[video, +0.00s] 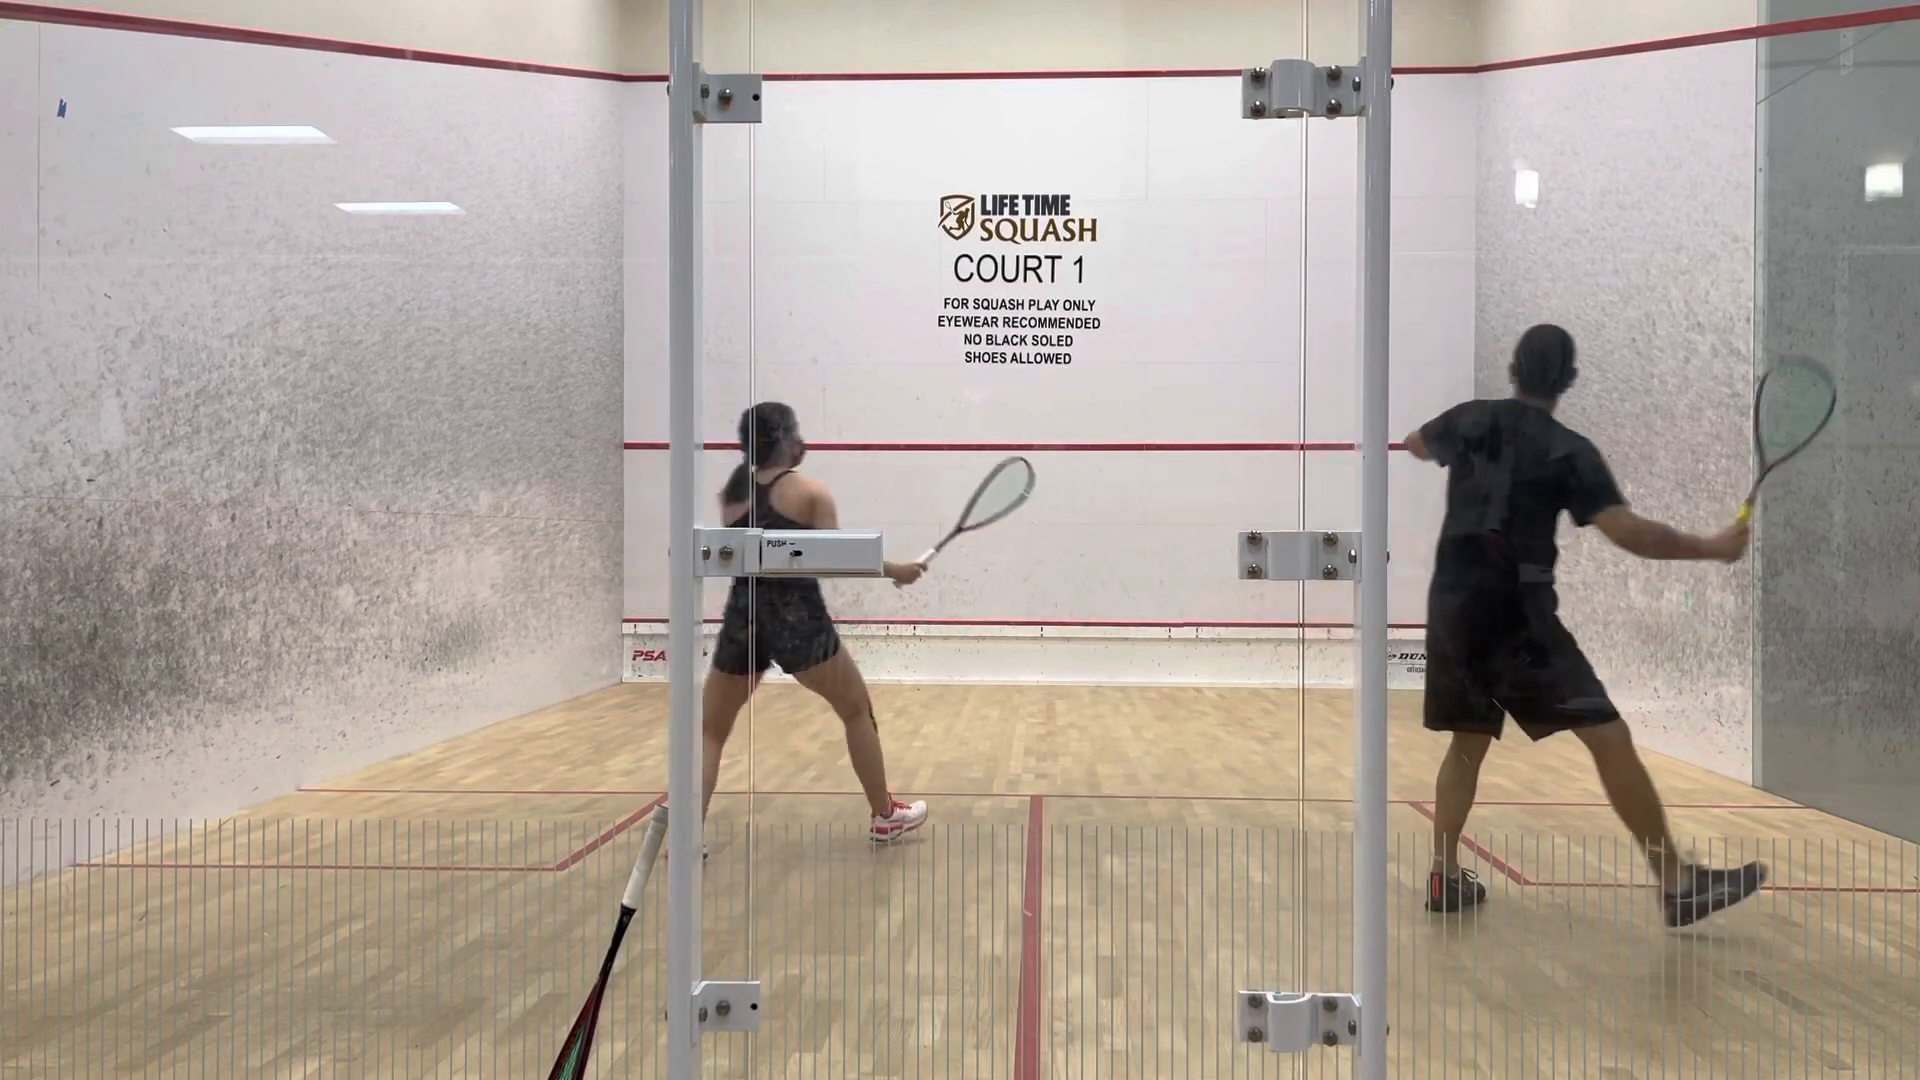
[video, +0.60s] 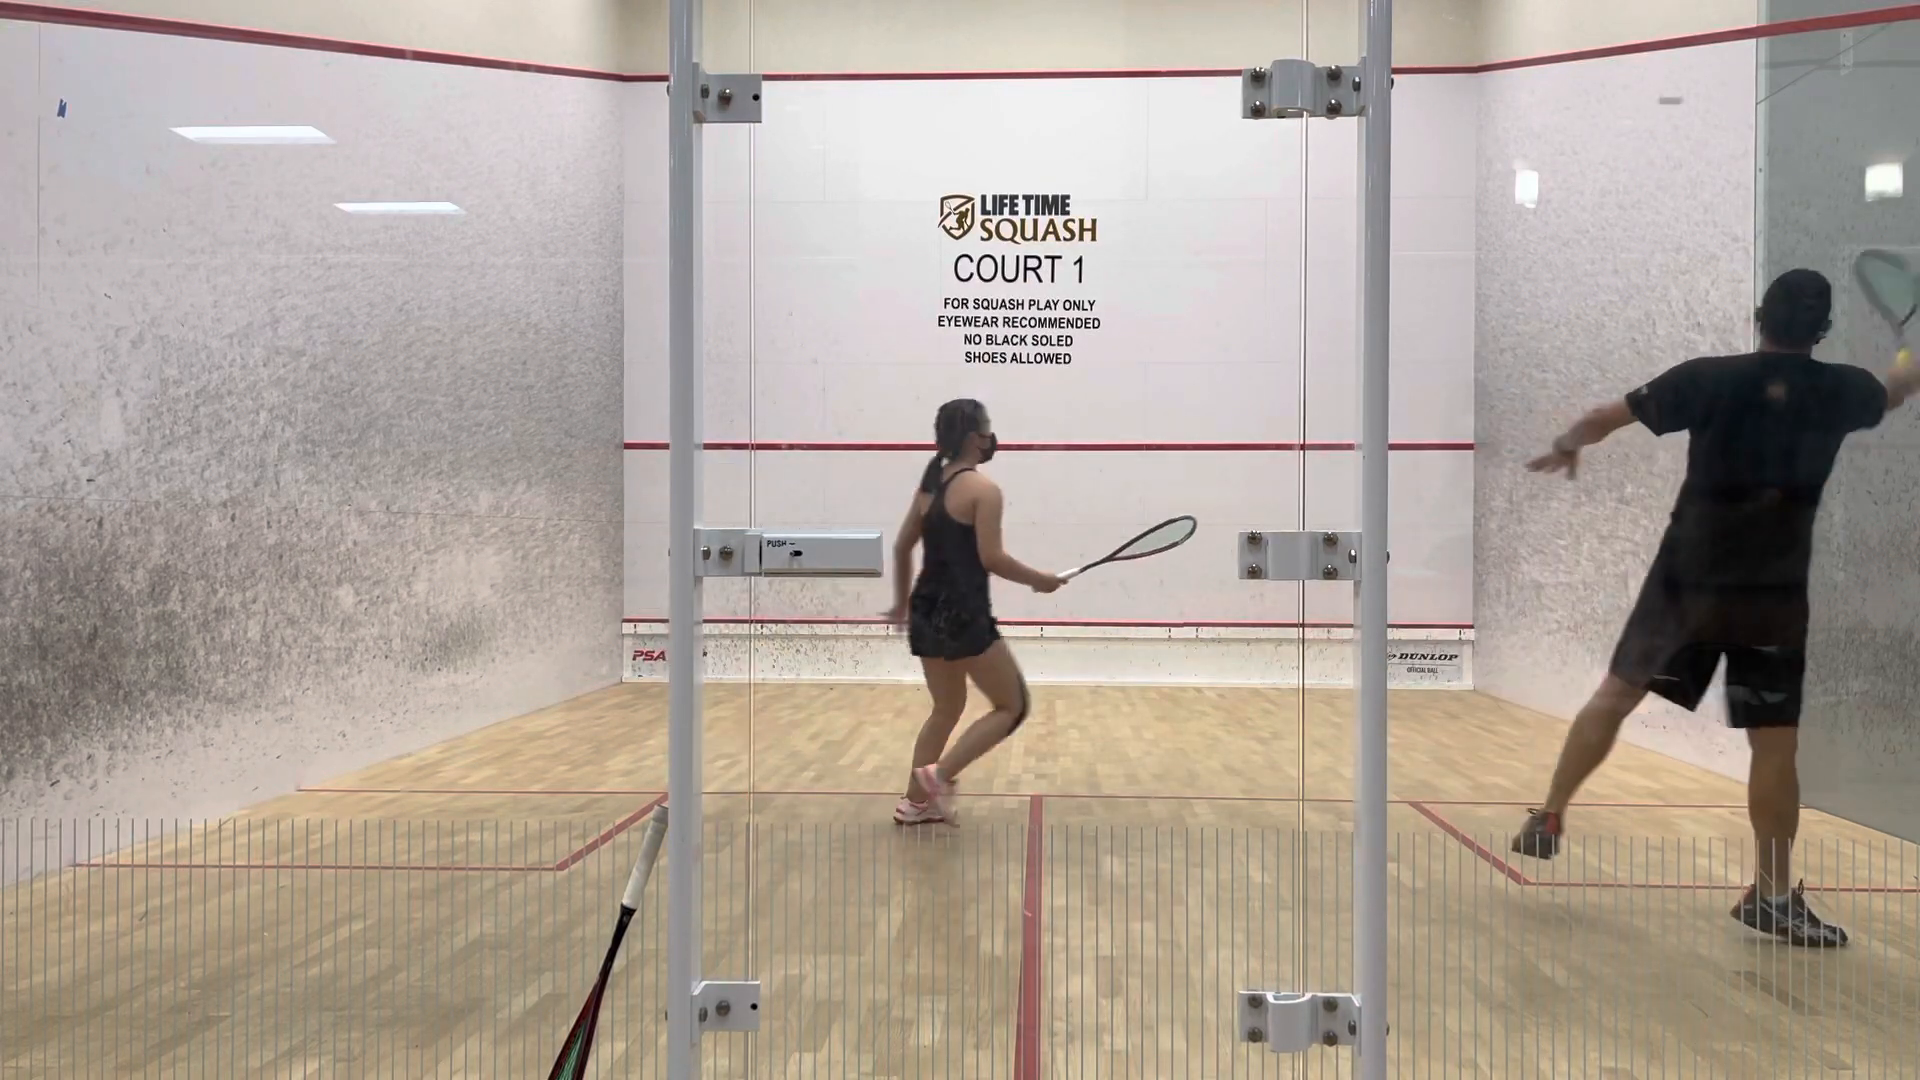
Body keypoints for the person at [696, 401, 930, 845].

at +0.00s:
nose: (802, 442)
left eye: (798, 435)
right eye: (797, 436)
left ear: (750, 444)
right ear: (788, 443)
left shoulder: (732, 492)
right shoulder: (810, 492)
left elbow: (730, 553)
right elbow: (834, 559)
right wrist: (892, 569)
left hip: (742, 624)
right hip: (799, 626)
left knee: (711, 731)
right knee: (856, 711)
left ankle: (688, 833)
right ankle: (884, 813)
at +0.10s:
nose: (844, 433)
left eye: (840, 425)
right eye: (837, 427)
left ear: (795, 440)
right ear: (823, 437)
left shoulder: (778, 484)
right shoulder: (849, 488)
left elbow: (784, 544)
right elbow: (868, 555)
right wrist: (923, 577)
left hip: (783, 613)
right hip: (835, 616)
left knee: (742, 724)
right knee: (879, 716)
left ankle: (693, 815)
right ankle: (890, 818)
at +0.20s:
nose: (883, 424)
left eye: (879, 417)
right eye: (876, 420)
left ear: (839, 435)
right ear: (861, 432)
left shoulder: (823, 477)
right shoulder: (882, 482)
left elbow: (826, 538)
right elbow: (899, 549)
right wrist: (952, 577)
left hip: (820, 610)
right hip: (867, 613)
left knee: (795, 718)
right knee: (899, 715)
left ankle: (734, 792)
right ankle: (892, 818)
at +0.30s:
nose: (919, 418)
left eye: (914, 410)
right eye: (910, 413)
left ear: (876, 426)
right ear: (889, 425)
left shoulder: (855, 469)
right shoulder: (912, 478)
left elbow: (832, 536)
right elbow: (925, 547)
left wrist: (821, 596)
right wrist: (976, 575)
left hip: (847, 609)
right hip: (892, 613)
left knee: (856, 708)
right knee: (906, 717)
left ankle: (801, 788)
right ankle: (891, 818)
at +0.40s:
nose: (946, 418)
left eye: (942, 411)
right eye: (938, 413)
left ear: (901, 424)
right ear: (918, 423)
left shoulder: (878, 469)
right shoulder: (942, 476)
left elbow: (844, 529)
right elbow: (948, 545)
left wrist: (831, 583)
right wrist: (996, 577)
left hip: (873, 601)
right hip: (916, 606)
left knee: (898, 704)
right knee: (914, 715)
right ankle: (892, 815)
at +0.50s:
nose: (970, 427)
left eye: (967, 420)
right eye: (963, 421)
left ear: (927, 431)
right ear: (943, 430)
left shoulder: (902, 478)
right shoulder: (963, 483)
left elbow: (867, 533)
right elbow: (972, 551)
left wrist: (856, 592)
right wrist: (1017, 579)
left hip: (900, 610)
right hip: (940, 614)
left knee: (926, 707)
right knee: (956, 714)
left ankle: (914, 797)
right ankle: (901, 799)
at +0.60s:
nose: (993, 435)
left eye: (990, 428)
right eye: (987, 429)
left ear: (949, 439)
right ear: (972, 436)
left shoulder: (931, 484)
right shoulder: (984, 489)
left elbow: (903, 546)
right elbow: (991, 558)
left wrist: (901, 600)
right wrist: (1037, 579)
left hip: (926, 618)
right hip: (965, 621)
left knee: (946, 707)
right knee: (1013, 706)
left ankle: (916, 801)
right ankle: (942, 775)